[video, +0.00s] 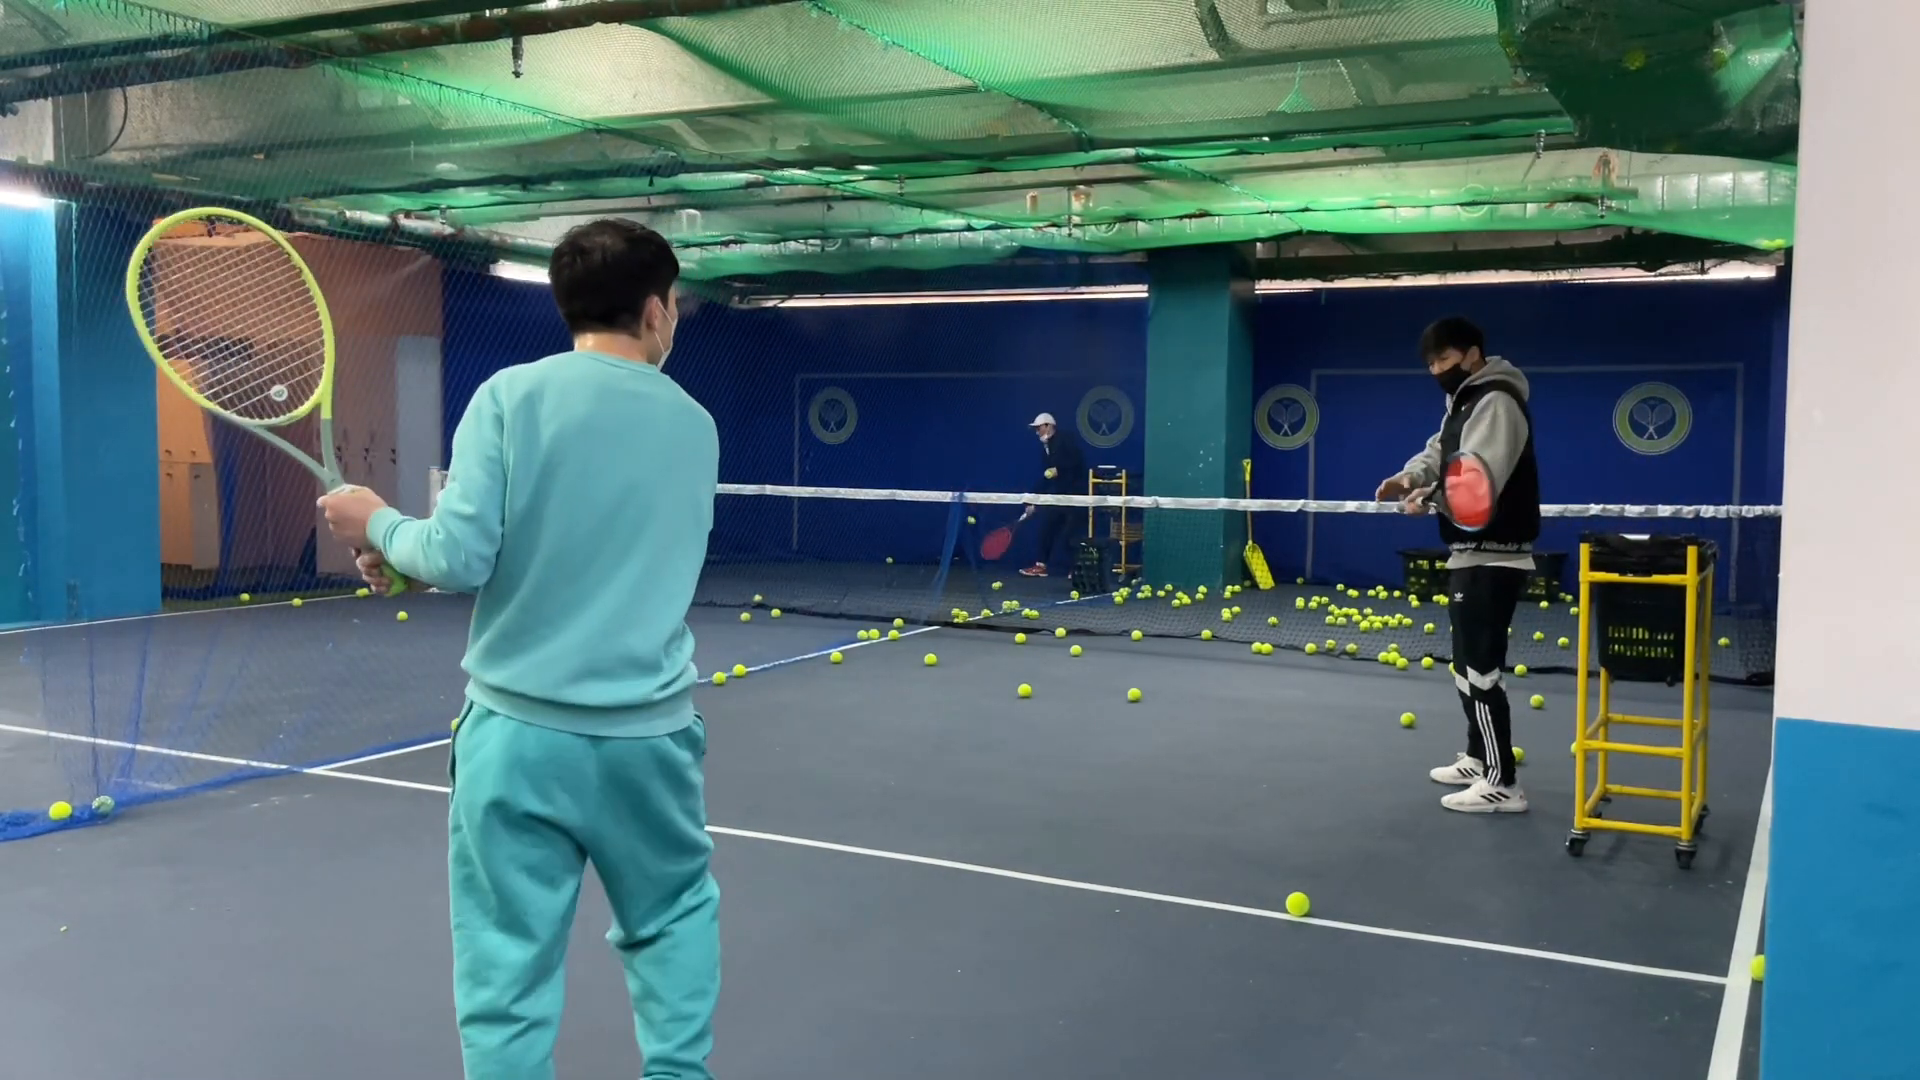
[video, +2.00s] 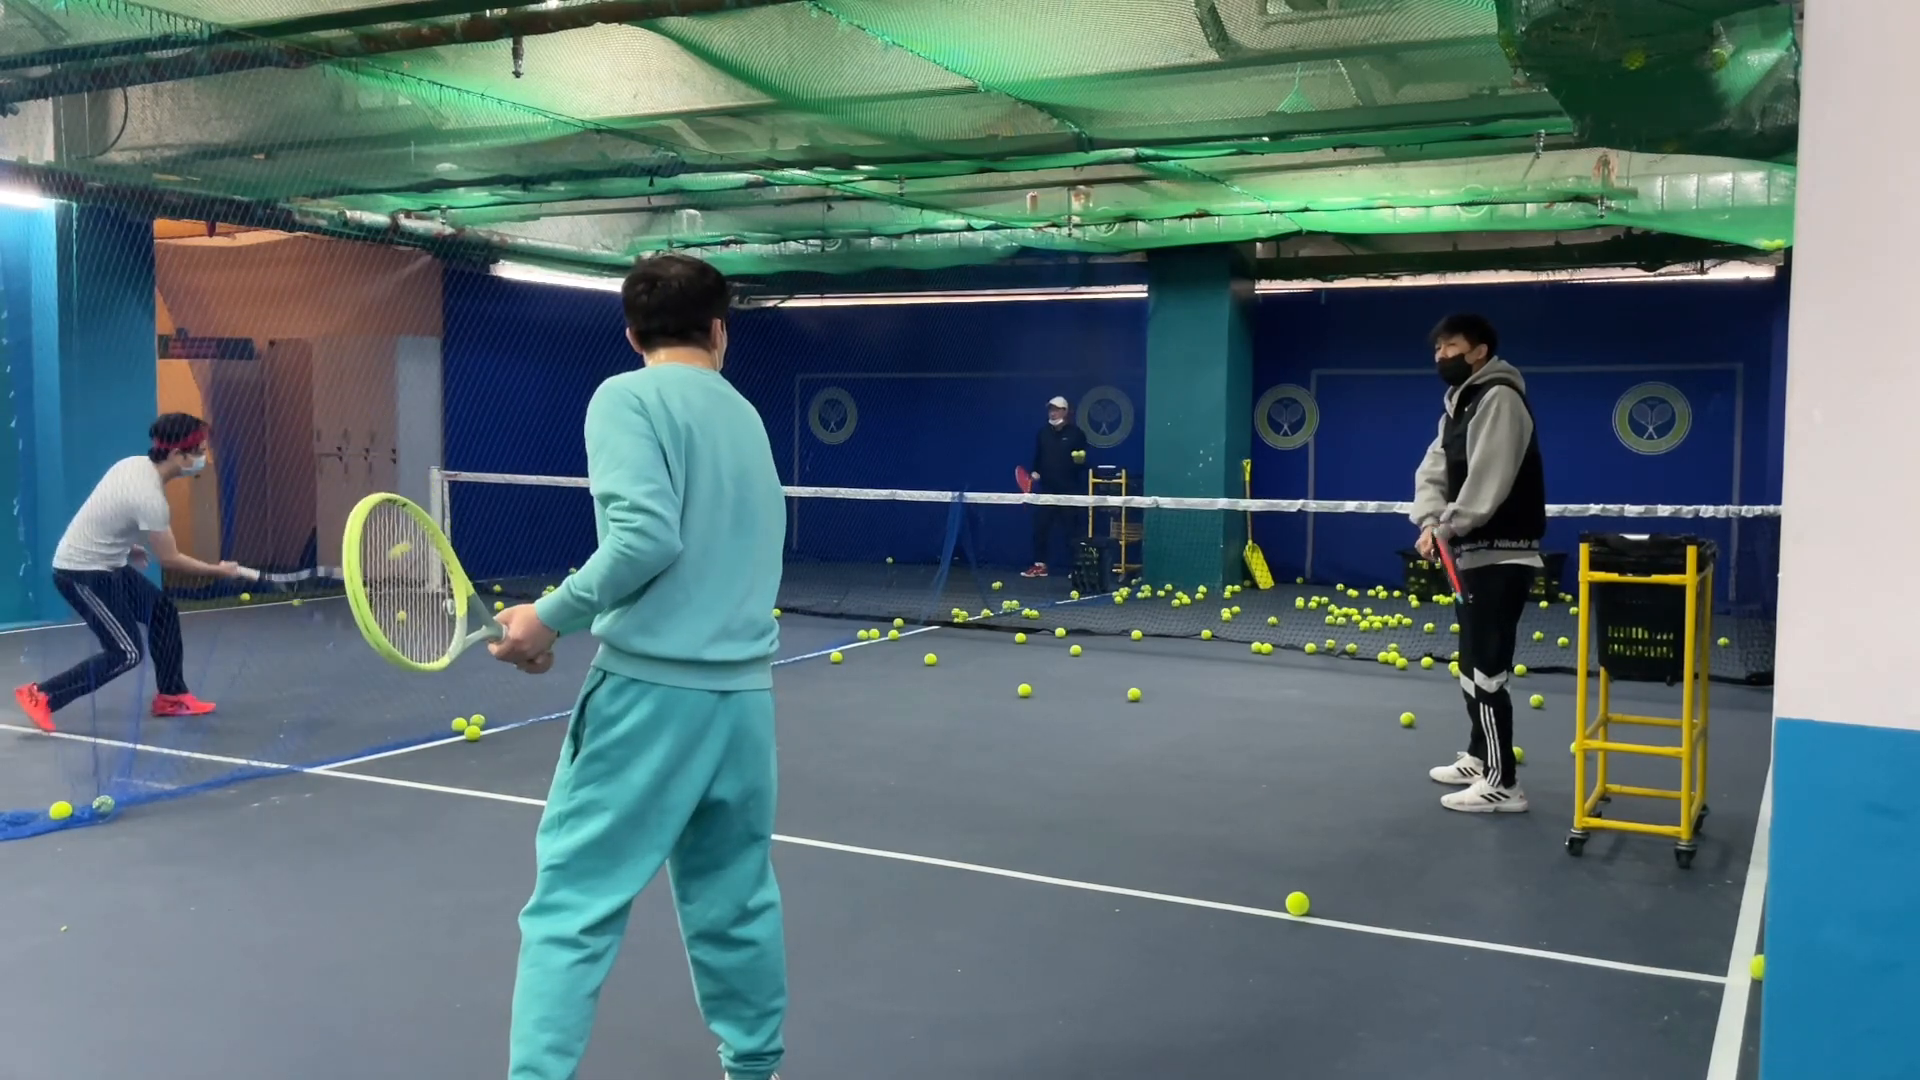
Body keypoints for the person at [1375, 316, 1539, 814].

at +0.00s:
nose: (1438, 367)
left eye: (1444, 356)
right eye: (1433, 361)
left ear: (1473, 352)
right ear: (1436, 365)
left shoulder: (1497, 402)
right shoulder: (1464, 401)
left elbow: (1479, 473)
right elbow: (1441, 451)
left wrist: (1435, 495)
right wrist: (1412, 476)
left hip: (1497, 556)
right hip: (1468, 554)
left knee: (1481, 670)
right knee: (1465, 667)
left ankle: (1502, 786)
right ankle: (1478, 760)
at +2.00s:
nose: (1442, 356)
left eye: (1452, 346)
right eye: (1438, 350)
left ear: (1482, 349)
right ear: (1440, 359)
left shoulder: (1500, 398)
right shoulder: (1459, 402)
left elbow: (1490, 476)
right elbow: (1433, 469)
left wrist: (1448, 526)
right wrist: (1430, 519)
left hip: (1503, 556)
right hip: (1475, 555)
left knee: (1487, 673)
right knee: (1472, 667)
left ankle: (1501, 786)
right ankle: (1482, 760)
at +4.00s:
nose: (1319, 371)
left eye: (1319, 363)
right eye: (1319, 363)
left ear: (1331, 361)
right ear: (1364, 358)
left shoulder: (1343, 405)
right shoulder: (1382, 404)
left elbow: (1316, 482)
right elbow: (1355, 491)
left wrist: (1280, 503)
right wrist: (1296, 516)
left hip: (1365, 561)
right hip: (1383, 559)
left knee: (1354, 665)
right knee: (1347, 662)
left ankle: (1413, 763)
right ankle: (1360, 762)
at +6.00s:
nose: (1120, 381)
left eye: (1120, 375)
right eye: (1120, 375)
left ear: (1132, 371)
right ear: (1166, 365)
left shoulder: (1120, 418)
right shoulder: (1207, 407)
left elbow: (1123, 475)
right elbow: (1219, 461)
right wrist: (1190, 485)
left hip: (1144, 551)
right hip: (1197, 549)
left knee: (1131, 638)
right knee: (1177, 642)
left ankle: (1133, 720)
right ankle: (1171, 735)